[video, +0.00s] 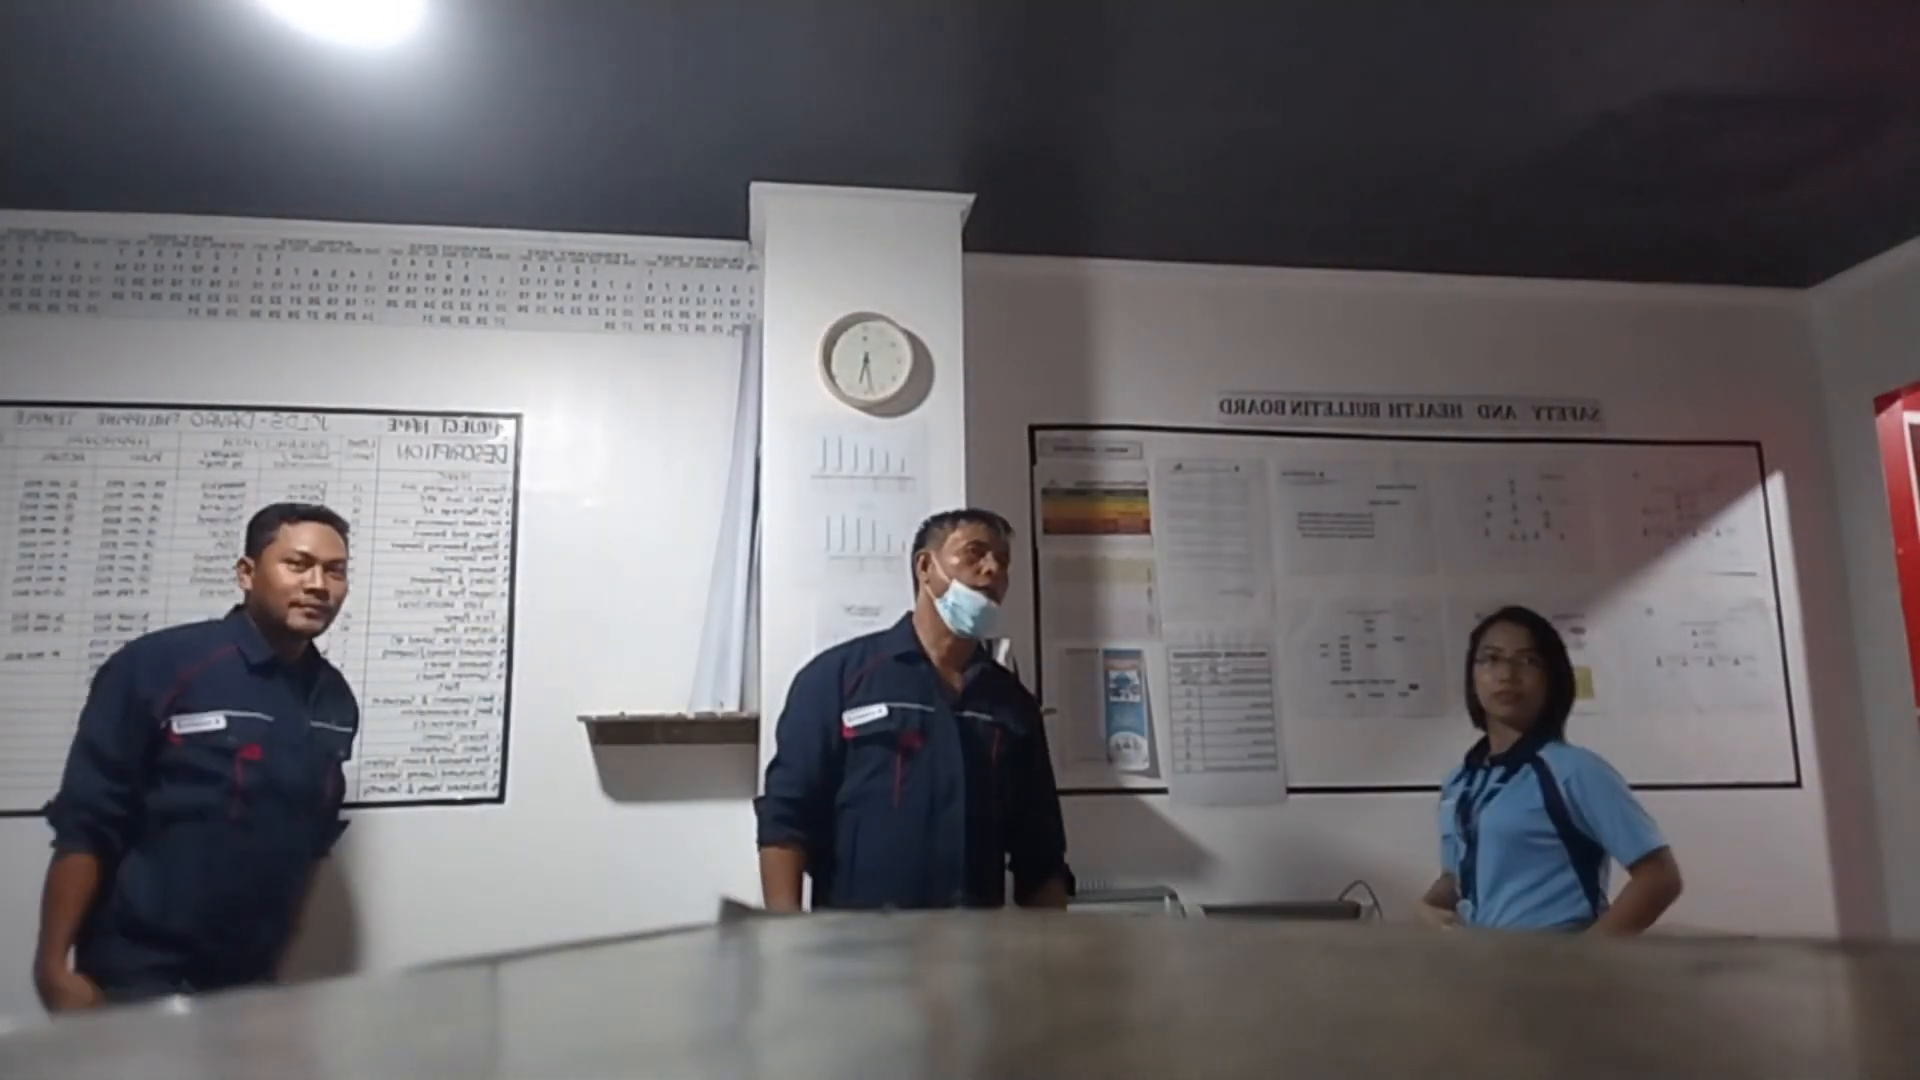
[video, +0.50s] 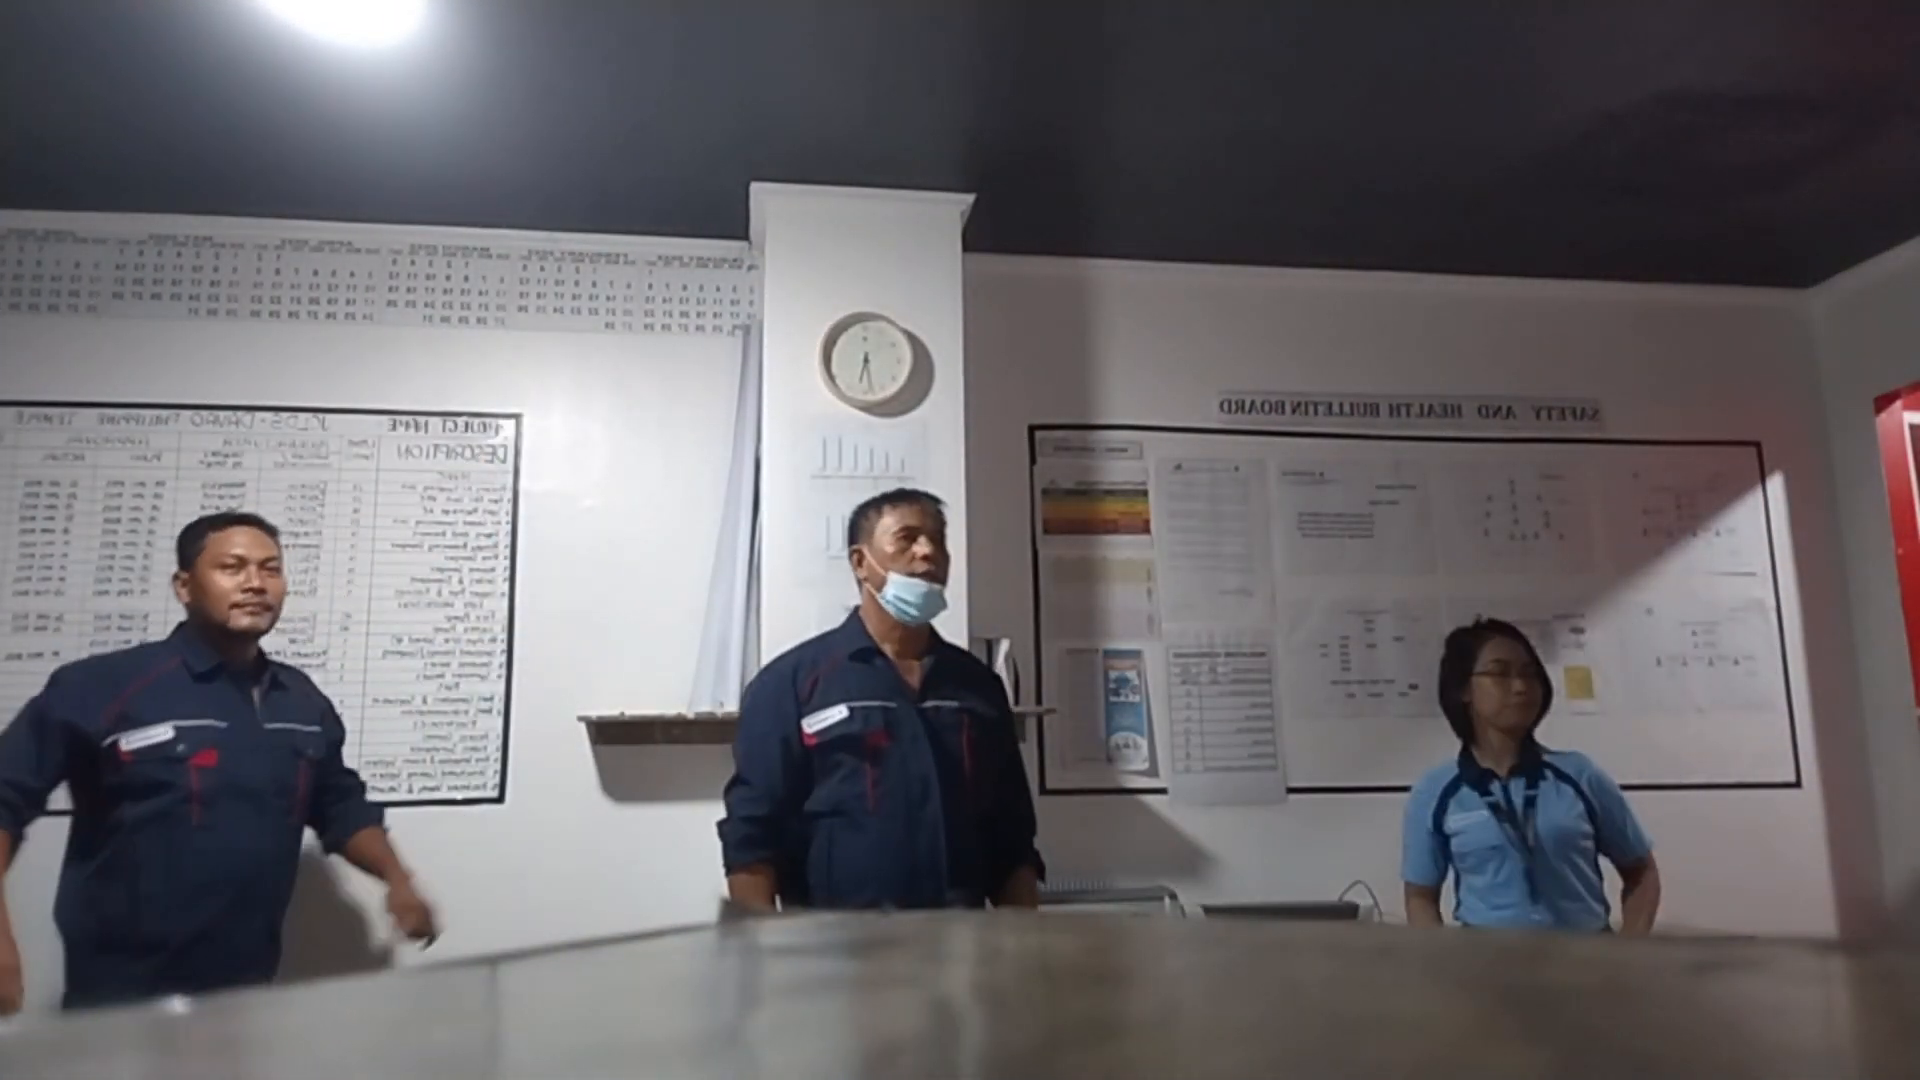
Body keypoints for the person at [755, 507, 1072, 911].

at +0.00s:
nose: (993, 568)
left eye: (1001, 559)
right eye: (973, 553)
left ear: (1010, 579)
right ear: (926, 568)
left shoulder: (1014, 705)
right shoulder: (834, 680)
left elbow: (1041, 860)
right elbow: (784, 819)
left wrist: (1048, 966)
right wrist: (788, 949)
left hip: (974, 954)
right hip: (853, 953)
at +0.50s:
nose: (928, 551)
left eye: (937, 539)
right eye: (906, 538)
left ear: (949, 557)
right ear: (861, 563)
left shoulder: (980, 686)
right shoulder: (787, 687)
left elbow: (1013, 848)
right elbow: (749, 847)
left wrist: (1027, 959)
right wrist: (767, 967)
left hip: (963, 951)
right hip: (837, 956)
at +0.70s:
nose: (888, 544)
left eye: (900, 531)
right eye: (864, 534)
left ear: (919, 551)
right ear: (833, 567)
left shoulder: (966, 678)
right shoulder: (771, 687)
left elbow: (1002, 833)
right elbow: (742, 844)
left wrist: (1017, 951)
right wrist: (753, 964)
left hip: (954, 945)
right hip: (828, 951)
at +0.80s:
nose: (873, 547)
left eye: (888, 533)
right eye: (852, 537)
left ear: (913, 555)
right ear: (825, 568)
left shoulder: (964, 677)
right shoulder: (766, 689)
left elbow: (1000, 833)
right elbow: (738, 848)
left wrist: (1015, 951)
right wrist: (759, 966)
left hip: (951, 946)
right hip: (823, 952)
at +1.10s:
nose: (865, 560)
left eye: (883, 542)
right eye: (849, 549)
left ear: (924, 555)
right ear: (836, 569)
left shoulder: (989, 680)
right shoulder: (788, 693)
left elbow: (1026, 832)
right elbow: (751, 843)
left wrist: (1030, 946)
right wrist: (761, 957)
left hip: (970, 946)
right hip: (837, 950)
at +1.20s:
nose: (878, 561)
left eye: (897, 544)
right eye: (863, 550)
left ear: (939, 558)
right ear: (851, 567)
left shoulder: (1002, 684)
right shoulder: (803, 691)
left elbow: (1040, 835)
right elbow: (764, 840)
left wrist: (1042, 949)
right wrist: (768, 958)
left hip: (979, 948)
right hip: (846, 951)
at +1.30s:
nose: (897, 563)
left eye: (916, 547)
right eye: (883, 551)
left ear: (956, 564)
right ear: (870, 569)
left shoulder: (1014, 690)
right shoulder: (817, 691)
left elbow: (1052, 839)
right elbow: (777, 836)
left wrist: (1052, 955)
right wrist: (777, 957)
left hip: (984, 949)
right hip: (854, 951)